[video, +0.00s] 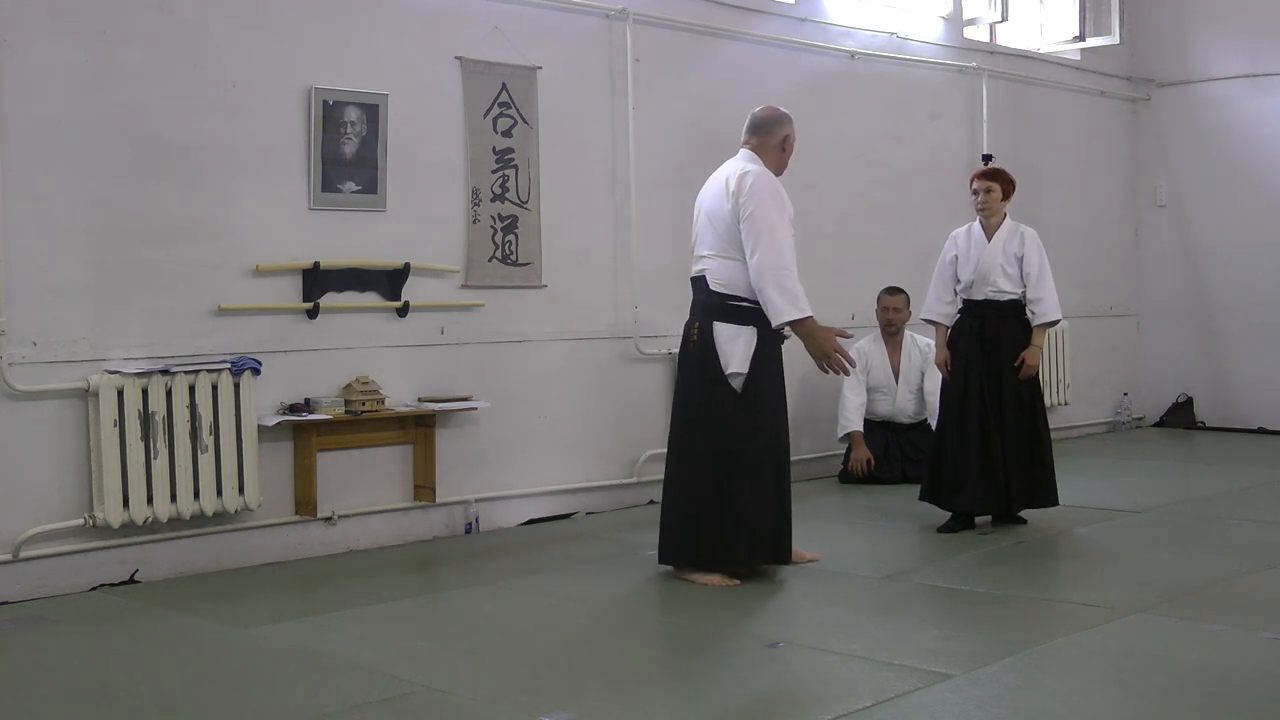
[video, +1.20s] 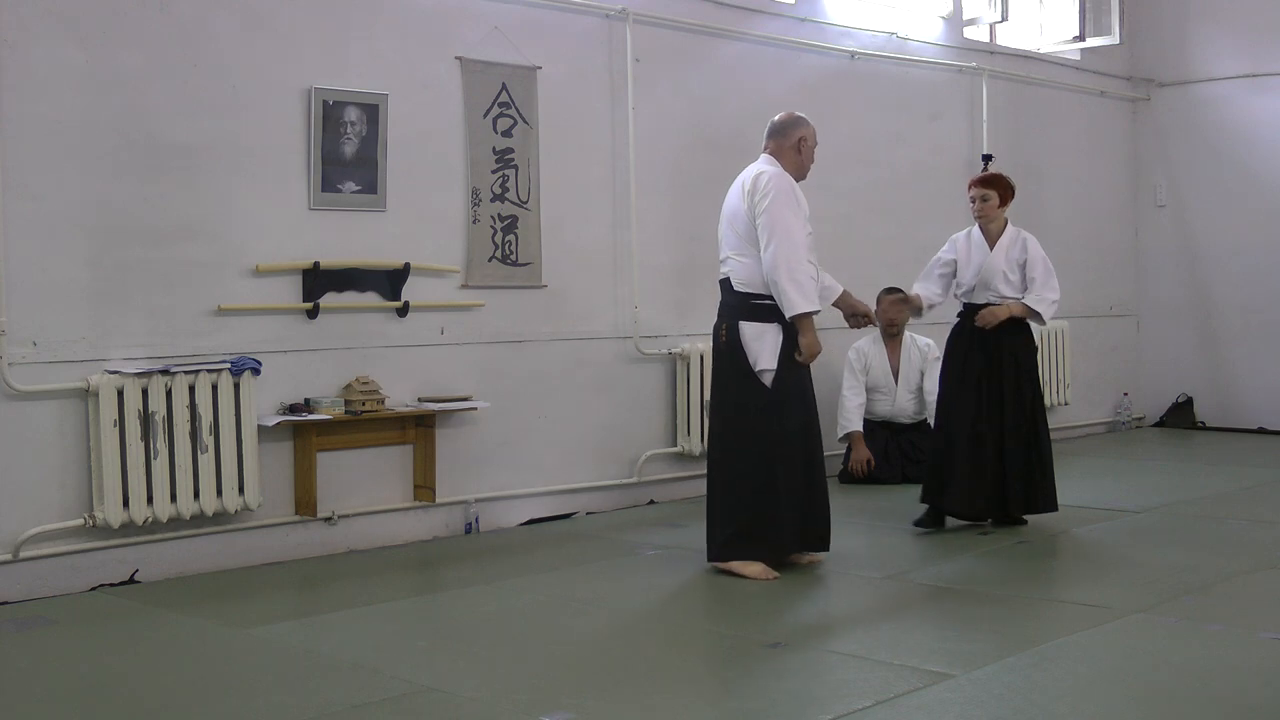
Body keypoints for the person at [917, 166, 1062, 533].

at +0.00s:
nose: (981, 198)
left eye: (989, 192)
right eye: (976, 193)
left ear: (1005, 196)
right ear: (971, 198)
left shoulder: (1024, 237)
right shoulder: (959, 238)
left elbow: (1041, 294)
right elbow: (943, 292)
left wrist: (1036, 344)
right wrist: (940, 343)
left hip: (1011, 331)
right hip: (968, 332)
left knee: (1010, 416)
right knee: (964, 416)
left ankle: (1006, 506)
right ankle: (963, 509)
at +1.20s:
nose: (977, 206)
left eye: (985, 200)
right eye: (973, 200)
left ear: (1004, 202)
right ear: (969, 203)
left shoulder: (1024, 244)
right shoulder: (960, 243)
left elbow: (1046, 298)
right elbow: (932, 287)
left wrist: (1007, 309)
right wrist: (910, 300)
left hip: (1010, 338)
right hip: (967, 336)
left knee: (1009, 419)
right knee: (953, 417)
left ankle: (1007, 507)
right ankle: (936, 507)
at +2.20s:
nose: (911, 212)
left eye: (920, 205)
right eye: (905, 206)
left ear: (936, 209)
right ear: (900, 211)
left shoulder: (956, 250)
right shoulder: (893, 249)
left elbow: (978, 304)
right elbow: (864, 279)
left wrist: (940, 319)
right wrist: (838, 304)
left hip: (945, 346)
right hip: (903, 347)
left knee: (954, 425)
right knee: (900, 430)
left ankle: (950, 513)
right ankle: (881, 519)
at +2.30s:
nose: (910, 212)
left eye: (919, 206)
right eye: (904, 207)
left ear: (935, 211)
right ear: (898, 212)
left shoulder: (954, 251)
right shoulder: (892, 249)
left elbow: (974, 307)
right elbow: (864, 277)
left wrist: (938, 321)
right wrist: (836, 300)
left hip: (945, 346)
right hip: (903, 347)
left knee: (956, 425)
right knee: (903, 431)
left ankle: (958, 513)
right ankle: (885, 521)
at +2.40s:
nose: (909, 213)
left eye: (917, 206)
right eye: (902, 207)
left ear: (932, 210)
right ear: (896, 212)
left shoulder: (950, 252)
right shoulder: (890, 249)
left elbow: (970, 307)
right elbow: (862, 274)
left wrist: (934, 323)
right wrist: (834, 298)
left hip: (942, 347)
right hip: (901, 348)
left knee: (953, 426)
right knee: (903, 432)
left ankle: (956, 513)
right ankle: (896, 521)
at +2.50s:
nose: (907, 212)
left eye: (915, 205)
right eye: (900, 206)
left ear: (930, 209)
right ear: (894, 211)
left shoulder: (948, 251)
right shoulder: (888, 247)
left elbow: (966, 306)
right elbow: (860, 271)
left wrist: (931, 322)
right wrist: (831, 295)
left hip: (940, 346)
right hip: (898, 347)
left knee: (952, 425)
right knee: (901, 431)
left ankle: (959, 512)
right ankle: (901, 520)